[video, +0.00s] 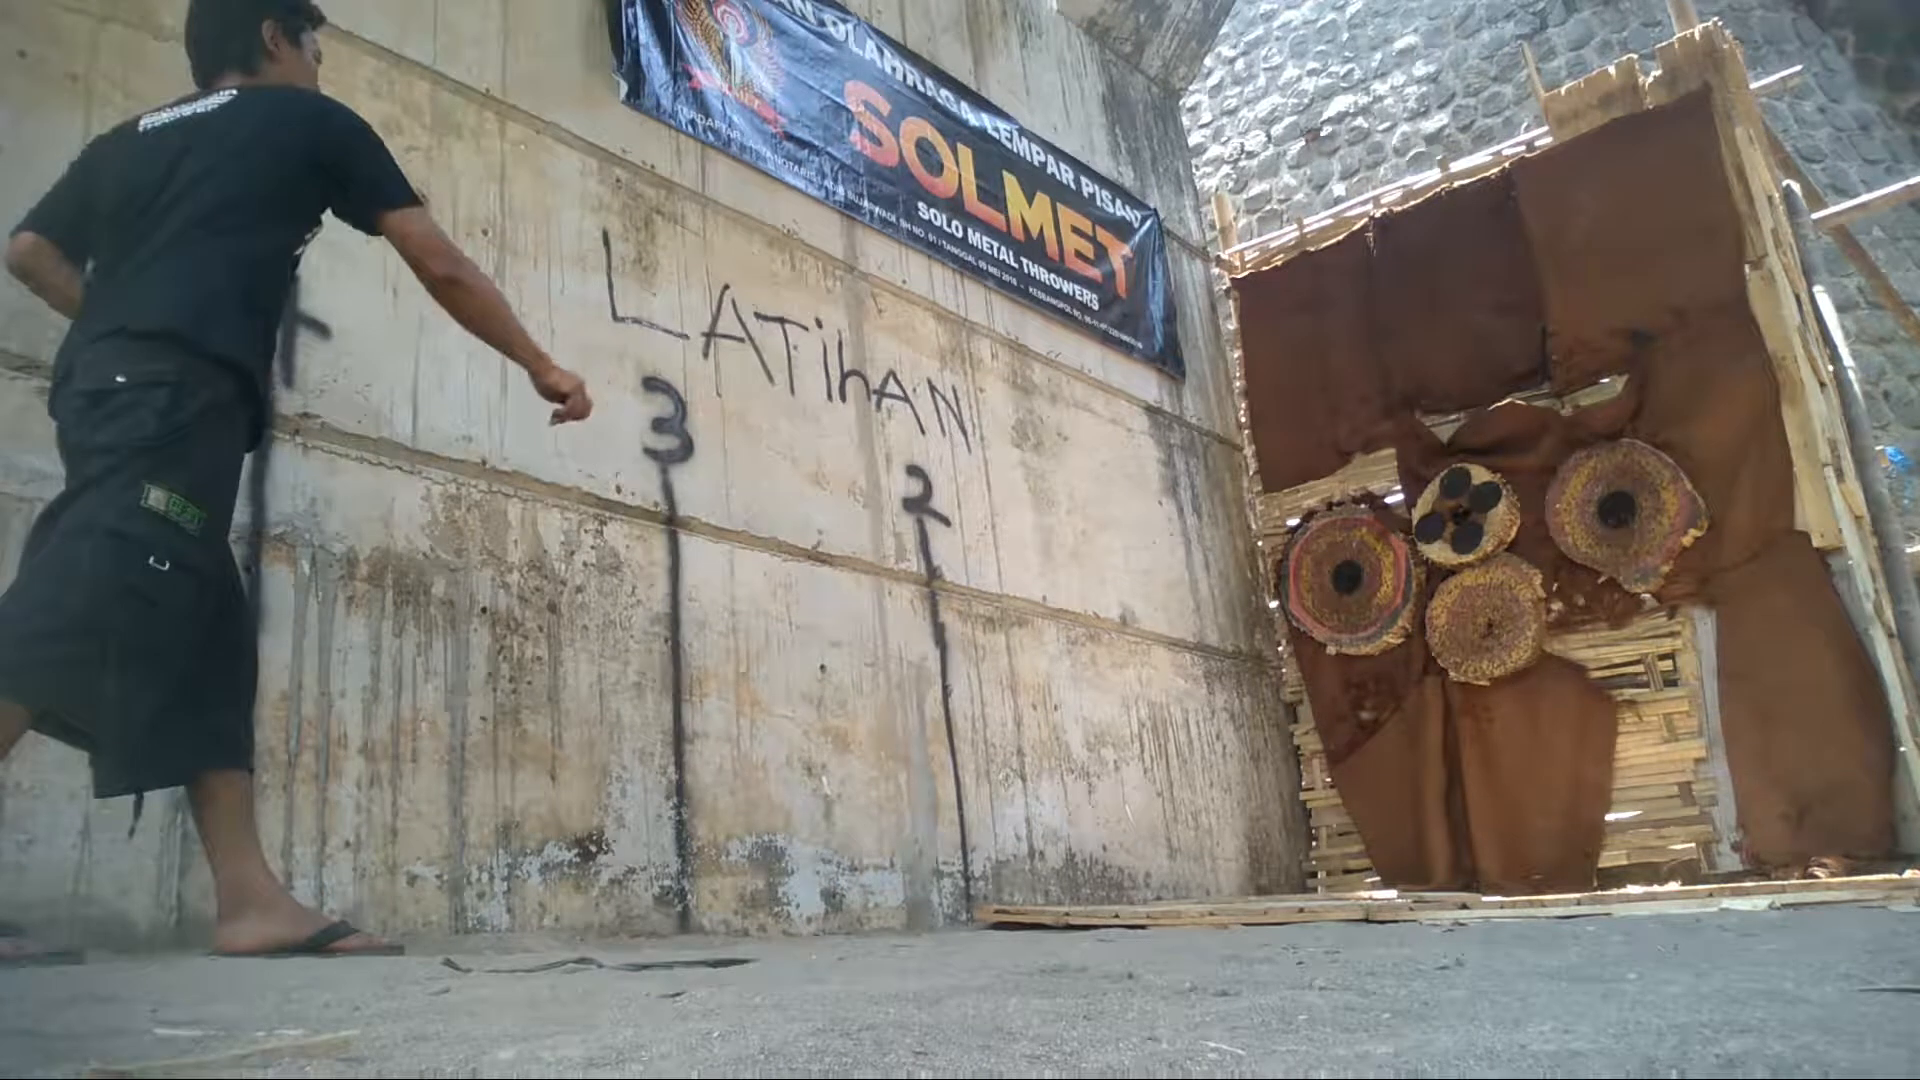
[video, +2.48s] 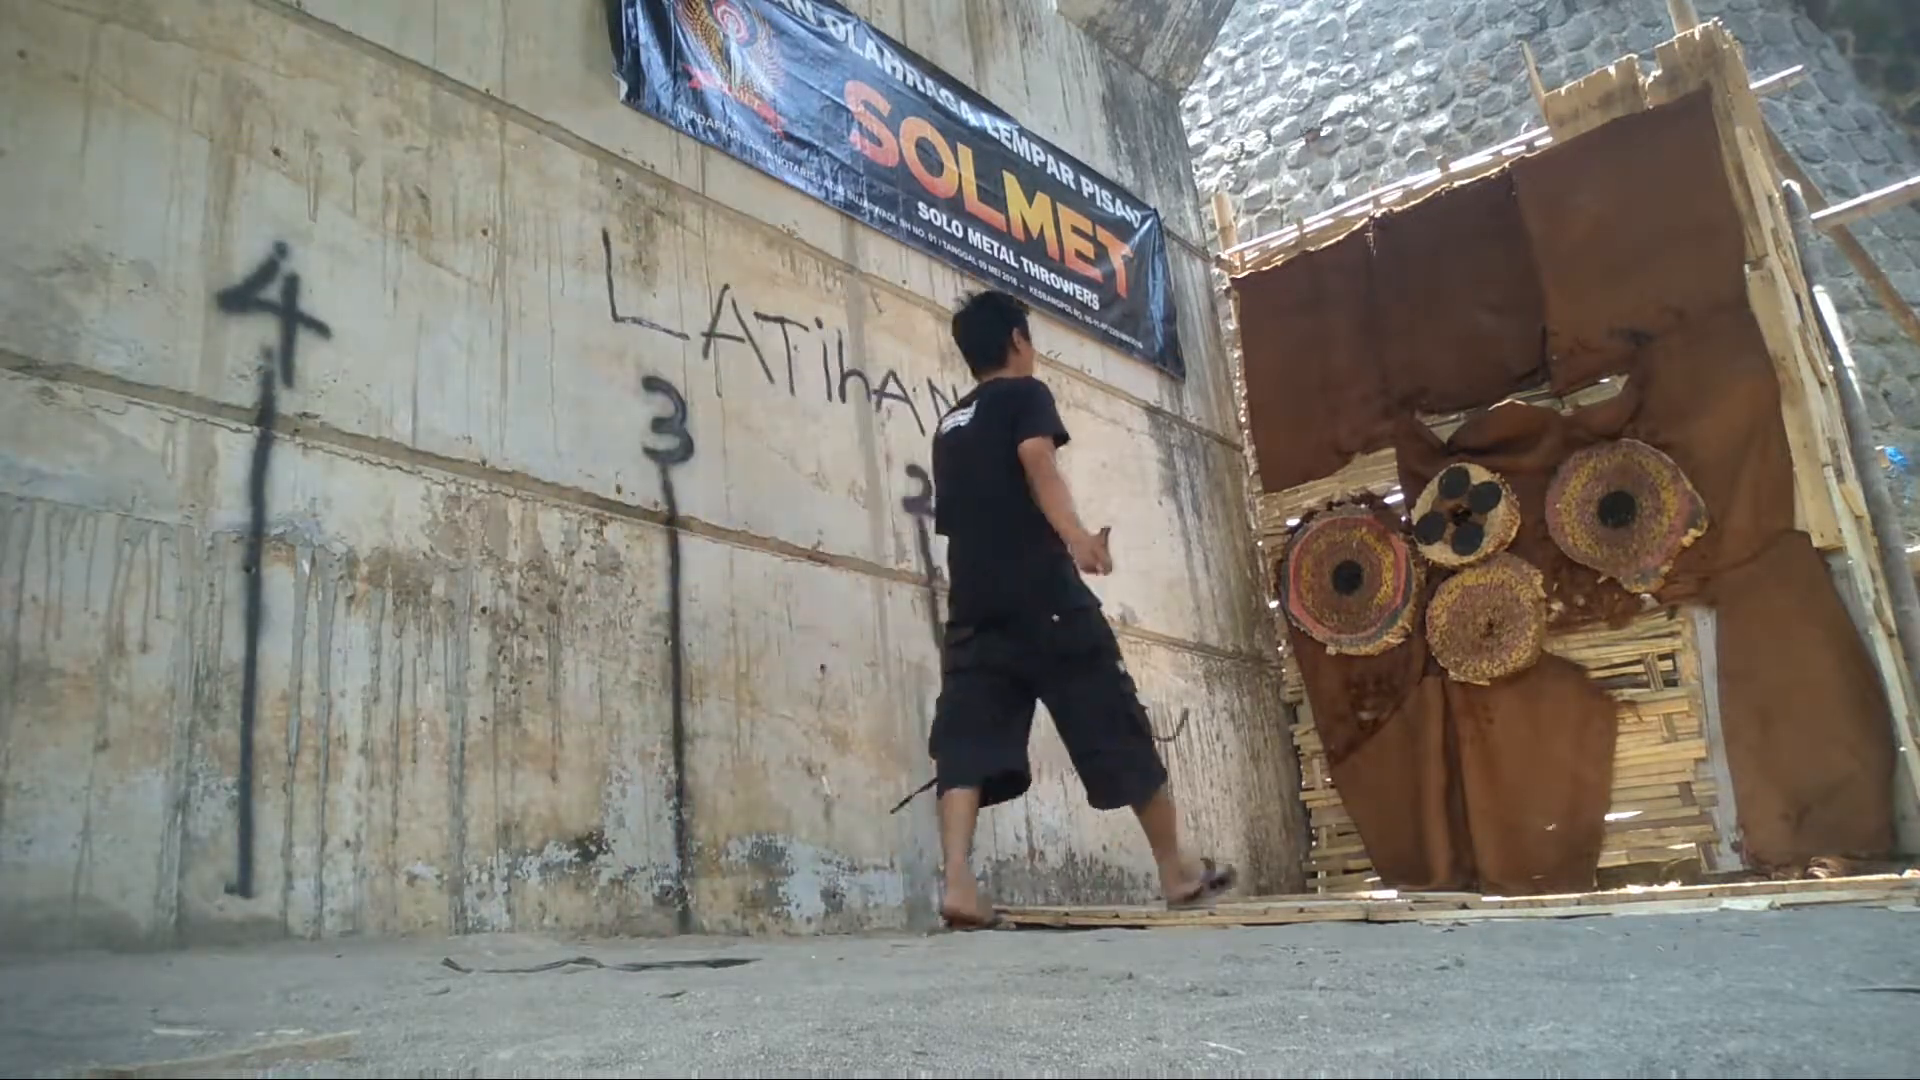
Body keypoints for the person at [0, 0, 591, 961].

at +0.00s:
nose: (320, 65)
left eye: (316, 45)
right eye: (312, 44)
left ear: (211, 57)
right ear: (271, 40)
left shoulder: (129, 138)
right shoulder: (313, 119)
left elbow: (30, 250)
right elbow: (439, 263)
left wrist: (121, 326)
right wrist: (539, 361)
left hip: (95, 383)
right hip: (179, 382)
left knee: (207, 628)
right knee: (61, 621)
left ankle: (250, 900)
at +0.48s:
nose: (296, 26)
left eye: (294, 12)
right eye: (289, 10)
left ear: (190, 21)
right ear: (250, 8)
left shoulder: (114, 115)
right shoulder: (258, 63)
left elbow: (21, 252)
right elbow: (364, 212)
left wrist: (120, 332)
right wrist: (465, 316)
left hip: (100, 384)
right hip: (145, 385)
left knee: (239, 634)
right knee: (37, 631)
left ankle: (253, 900)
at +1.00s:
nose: (440, 92)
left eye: (436, 75)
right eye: (432, 73)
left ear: (347, 90)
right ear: (398, 72)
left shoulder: (303, 194)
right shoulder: (409, 130)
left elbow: (257, 347)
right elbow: (388, 234)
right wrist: (381, 361)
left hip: (278, 457)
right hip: (362, 437)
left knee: (295, 663)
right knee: (442, 632)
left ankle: (258, 906)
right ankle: (254, 793)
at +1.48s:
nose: (668, 192)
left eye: (662, 176)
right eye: (660, 176)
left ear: (583, 190)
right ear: (636, 177)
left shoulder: (548, 282)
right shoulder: (642, 248)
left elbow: (546, 424)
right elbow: (655, 371)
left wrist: (542, 529)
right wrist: (692, 496)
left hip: (556, 544)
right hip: (637, 528)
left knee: (532, 721)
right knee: (708, 700)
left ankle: (390, 826)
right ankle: (701, 909)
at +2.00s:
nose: (884, 291)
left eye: (877, 279)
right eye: (879, 279)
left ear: (813, 298)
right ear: (862, 281)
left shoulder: (784, 382)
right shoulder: (886, 341)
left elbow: (758, 491)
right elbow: (934, 451)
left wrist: (724, 587)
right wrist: (1003, 544)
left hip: (822, 577)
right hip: (882, 561)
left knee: (901, 719)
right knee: (869, 711)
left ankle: (955, 898)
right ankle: (765, 841)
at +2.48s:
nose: (1033, 349)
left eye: (1030, 338)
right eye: (1029, 338)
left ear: (970, 354)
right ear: (1016, 342)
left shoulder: (951, 424)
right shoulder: (1026, 392)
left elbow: (952, 519)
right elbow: (1038, 467)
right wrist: (1080, 538)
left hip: (976, 608)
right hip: (1045, 596)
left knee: (963, 736)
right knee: (1115, 719)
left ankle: (957, 888)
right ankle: (1177, 871)